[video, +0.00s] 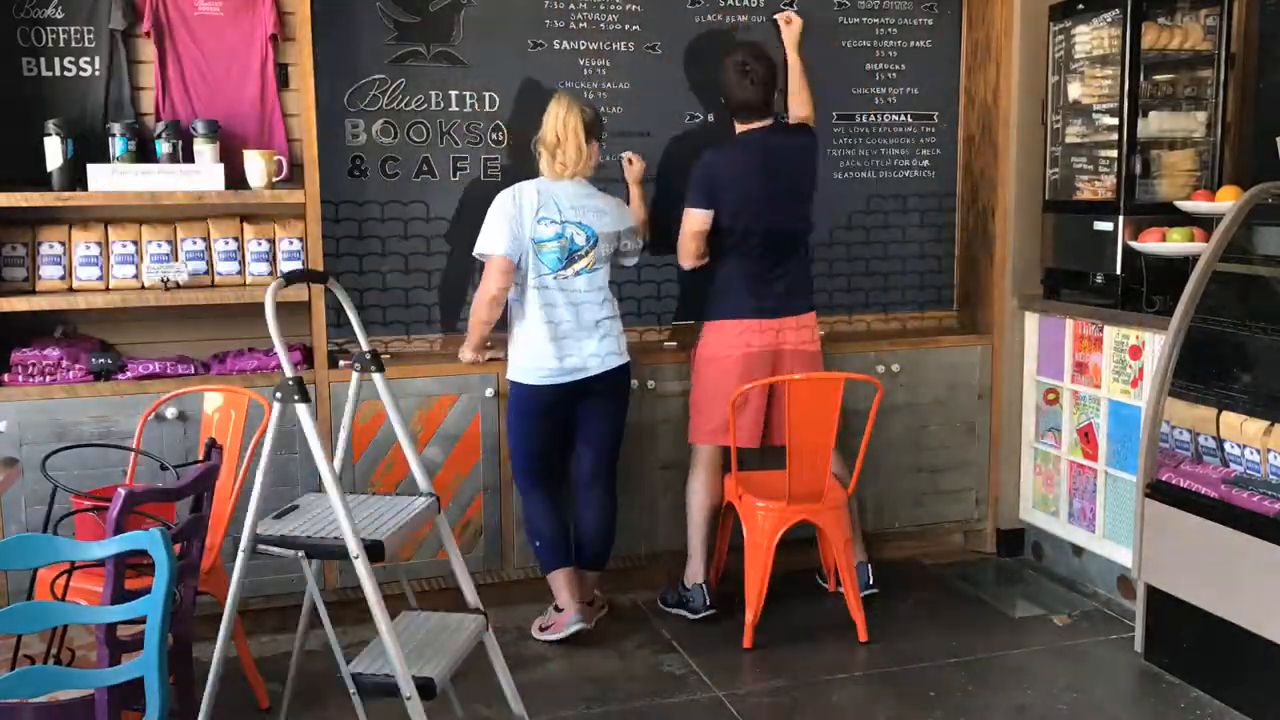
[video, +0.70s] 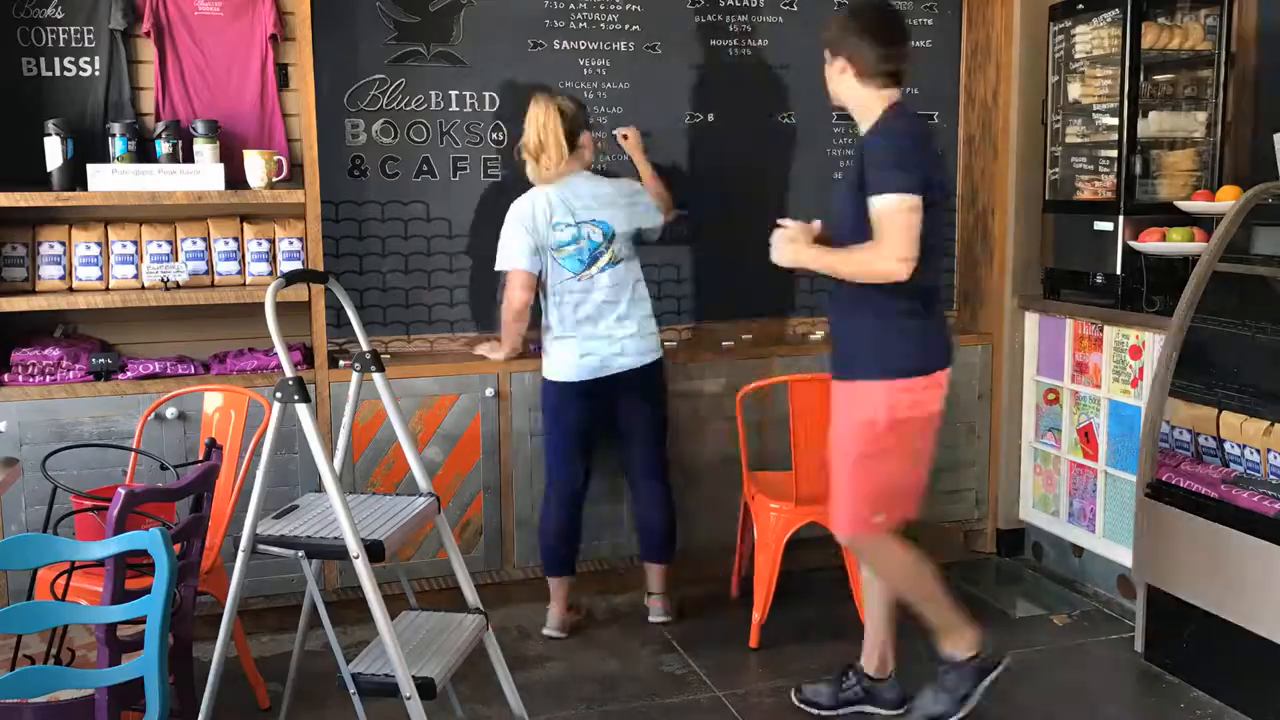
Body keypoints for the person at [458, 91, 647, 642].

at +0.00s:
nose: (595, 148)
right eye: (596, 140)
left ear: (540, 141)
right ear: (592, 144)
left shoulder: (514, 201)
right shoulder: (612, 207)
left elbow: (497, 285)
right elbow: (633, 250)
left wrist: (473, 342)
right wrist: (636, 189)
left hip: (538, 372)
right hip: (606, 367)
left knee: (535, 483)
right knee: (596, 477)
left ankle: (568, 607)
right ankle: (588, 594)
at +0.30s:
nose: (566, 161)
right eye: (568, 151)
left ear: (522, 154)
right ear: (571, 154)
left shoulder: (497, 218)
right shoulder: (593, 221)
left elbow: (484, 312)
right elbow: (598, 279)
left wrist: (483, 356)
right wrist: (585, 212)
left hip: (521, 388)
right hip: (588, 386)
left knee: (513, 500)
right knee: (597, 492)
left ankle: (514, 623)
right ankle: (626, 610)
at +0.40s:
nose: (583, 156)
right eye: (584, 147)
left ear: (536, 153)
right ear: (586, 153)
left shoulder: (512, 220)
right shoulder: (612, 216)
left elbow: (499, 311)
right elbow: (624, 271)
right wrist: (618, 208)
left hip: (540, 386)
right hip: (605, 382)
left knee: (563, 498)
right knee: (609, 490)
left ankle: (589, 624)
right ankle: (618, 611)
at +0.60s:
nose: (577, 139)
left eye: (574, 128)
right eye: (573, 129)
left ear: (515, 133)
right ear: (559, 134)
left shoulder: (488, 202)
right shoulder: (595, 202)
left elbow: (501, 285)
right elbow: (620, 293)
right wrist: (570, 279)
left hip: (522, 372)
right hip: (594, 371)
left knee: (515, 491)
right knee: (609, 487)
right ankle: (624, 605)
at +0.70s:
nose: (594, 138)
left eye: (589, 130)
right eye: (588, 131)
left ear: (535, 144)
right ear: (579, 141)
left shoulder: (527, 208)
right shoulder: (615, 191)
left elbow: (520, 298)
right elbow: (662, 208)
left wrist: (507, 347)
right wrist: (638, 156)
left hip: (570, 371)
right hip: (637, 361)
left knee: (563, 486)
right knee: (649, 475)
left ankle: (558, 610)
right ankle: (658, 599)